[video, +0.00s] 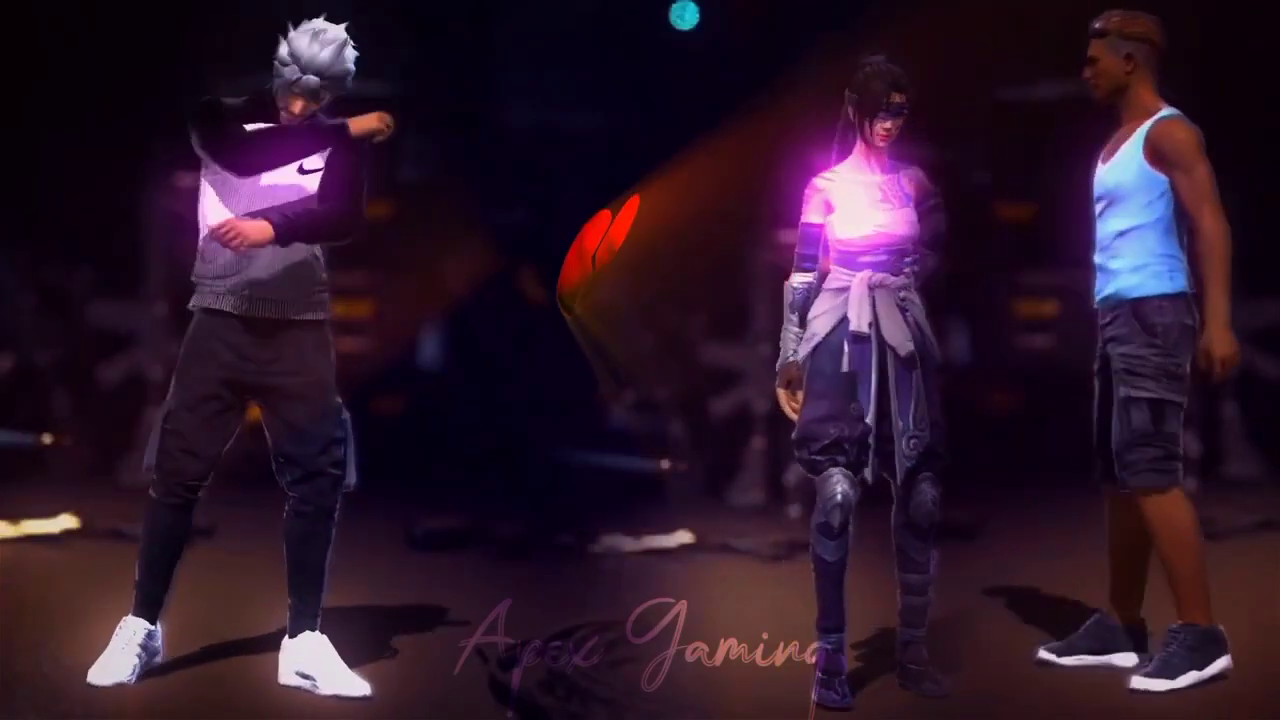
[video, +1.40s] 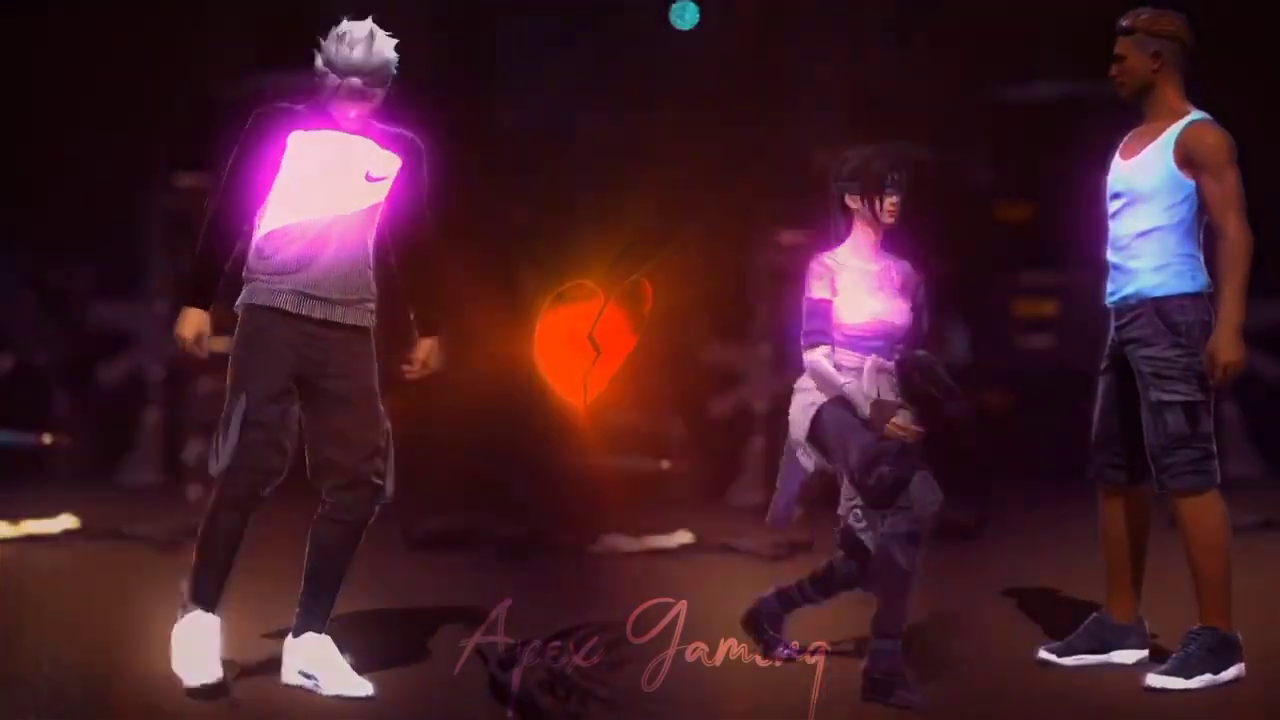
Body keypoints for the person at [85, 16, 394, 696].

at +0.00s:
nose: (303, 109)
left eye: (316, 100)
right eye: (295, 94)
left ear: (335, 97)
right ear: (277, 82)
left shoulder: (343, 141)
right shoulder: (220, 117)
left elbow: (345, 214)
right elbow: (241, 157)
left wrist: (270, 226)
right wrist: (344, 131)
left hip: (300, 330)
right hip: (217, 326)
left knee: (314, 480)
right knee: (176, 475)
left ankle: (304, 638)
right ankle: (141, 627)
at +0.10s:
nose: (328, 110)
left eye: (342, 99)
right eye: (320, 93)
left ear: (357, 93)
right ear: (296, 72)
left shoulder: (358, 143)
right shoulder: (231, 116)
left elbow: (366, 235)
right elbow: (231, 175)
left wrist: (344, 261)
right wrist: (330, 165)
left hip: (309, 332)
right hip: (227, 325)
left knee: (323, 480)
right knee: (177, 474)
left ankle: (305, 638)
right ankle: (138, 626)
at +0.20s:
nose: (345, 110)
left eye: (359, 99)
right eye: (337, 92)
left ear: (371, 96)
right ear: (309, 75)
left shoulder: (370, 151)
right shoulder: (245, 120)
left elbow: (384, 242)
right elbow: (225, 195)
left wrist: (384, 292)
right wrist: (287, 226)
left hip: (316, 335)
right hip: (234, 324)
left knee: (328, 480)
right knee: (182, 472)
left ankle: (306, 639)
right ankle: (138, 624)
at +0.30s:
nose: (363, 109)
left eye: (376, 97)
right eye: (355, 91)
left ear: (385, 95)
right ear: (323, 75)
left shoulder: (381, 151)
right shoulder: (252, 122)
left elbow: (394, 239)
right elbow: (223, 206)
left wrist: (417, 314)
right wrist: (245, 276)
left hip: (321, 329)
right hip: (242, 315)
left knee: (330, 476)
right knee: (187, 463)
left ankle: (306, 639)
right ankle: (137, 622)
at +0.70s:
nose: (413, 106)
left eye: (427, 96)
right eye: (407, 87)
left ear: (435, 98)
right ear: (379, 69)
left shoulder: (416, 151)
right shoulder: (304, 110)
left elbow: (398, 236)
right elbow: (229, 180)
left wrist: (409, 313)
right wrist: (179, 250)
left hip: (326, 327)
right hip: (251, 306)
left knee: (334, 471)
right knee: (197, 438)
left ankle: (307, 635)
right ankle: (118, 520)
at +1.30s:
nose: (372, 99)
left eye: (385, 87)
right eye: (362, 84)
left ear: (399, 84)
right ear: (338, 71)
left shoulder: (409, 145)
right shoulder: (287, 117)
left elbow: (404, 238)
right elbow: (229, 203)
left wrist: (402, 314)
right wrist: (194, 286)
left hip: (352, 327)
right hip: (273, 311)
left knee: (356, 476)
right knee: (243, 455)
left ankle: (309, 636)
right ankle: (152, 544)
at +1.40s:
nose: (358, 107)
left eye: (370, 94)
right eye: (347, 93)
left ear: (386, 89)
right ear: (323, 81)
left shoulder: (405, 151)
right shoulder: (277, 129)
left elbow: (414, 247)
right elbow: (226, 217)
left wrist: (427, 325)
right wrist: (200, 300)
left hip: (350, 334)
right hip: (271, 321)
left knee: (359, 480)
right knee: (250, 463)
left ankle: (310, 637)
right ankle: (199, 616)